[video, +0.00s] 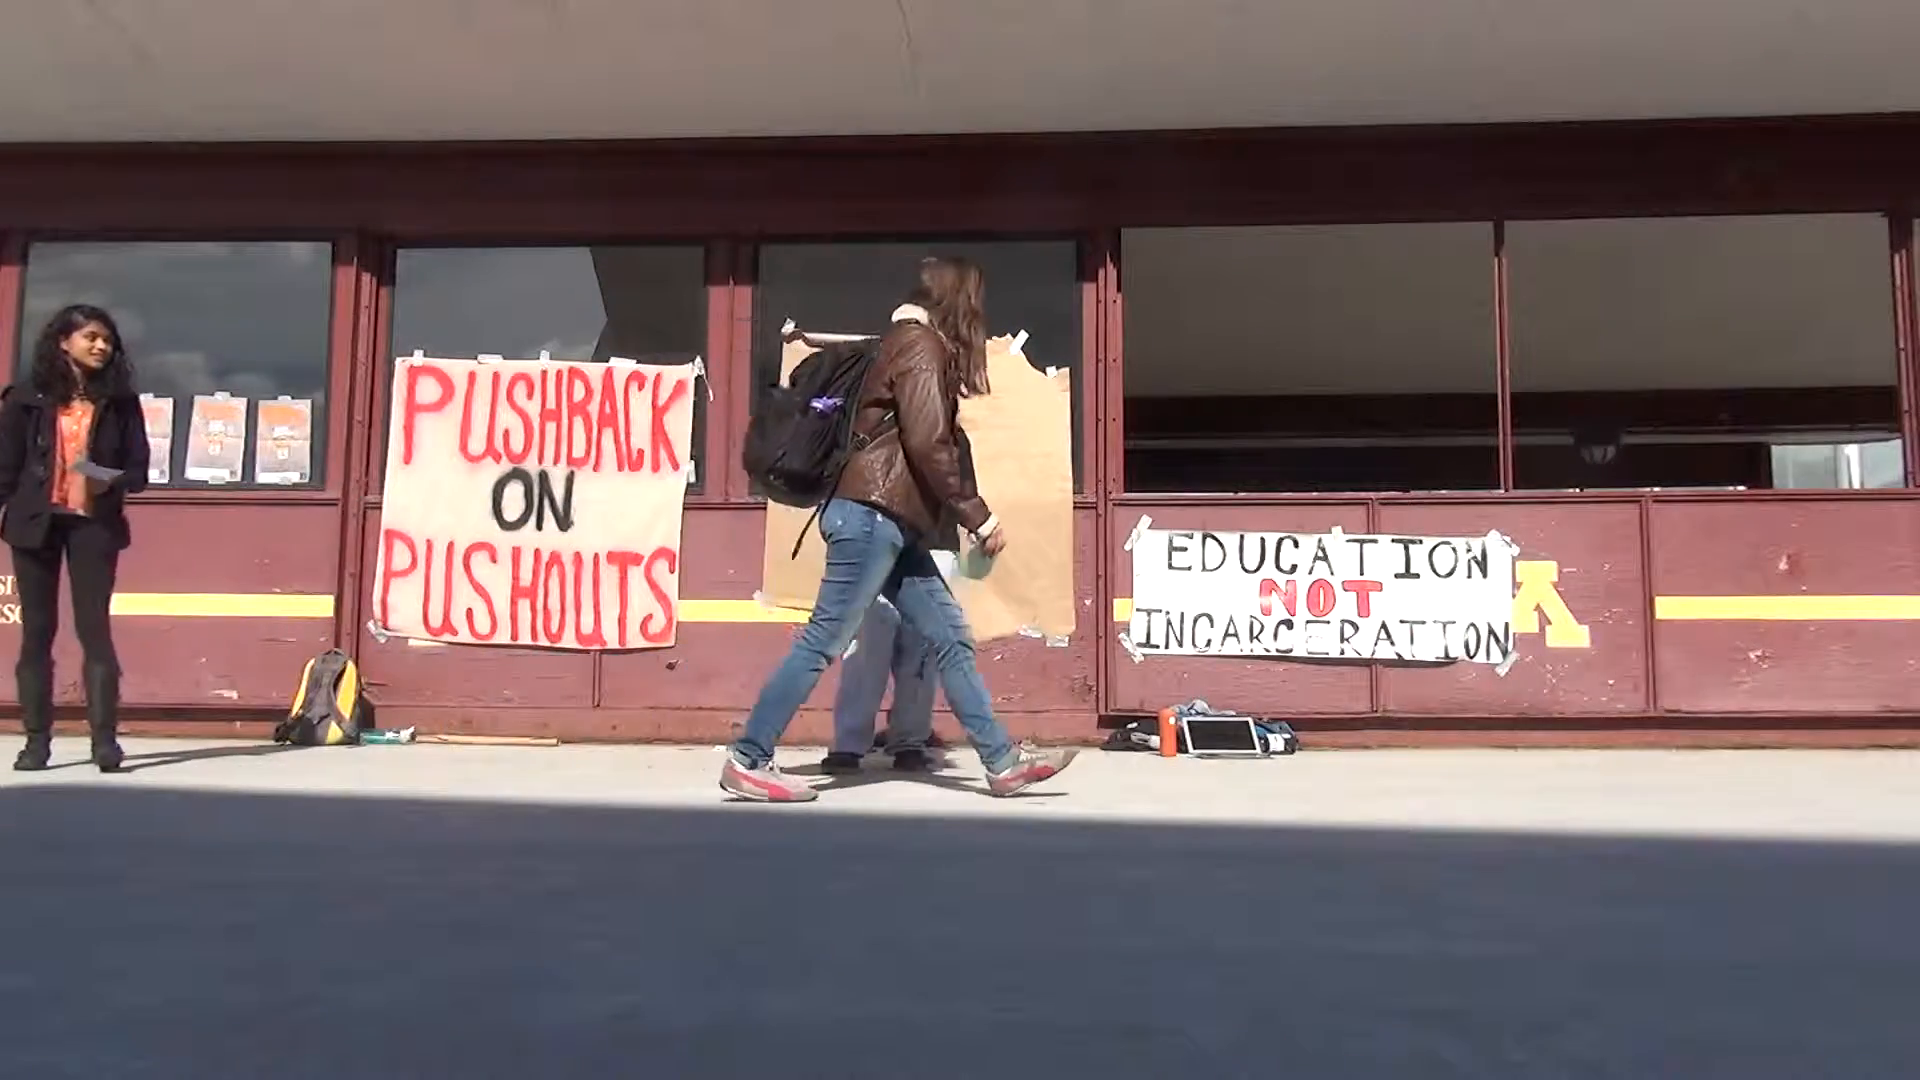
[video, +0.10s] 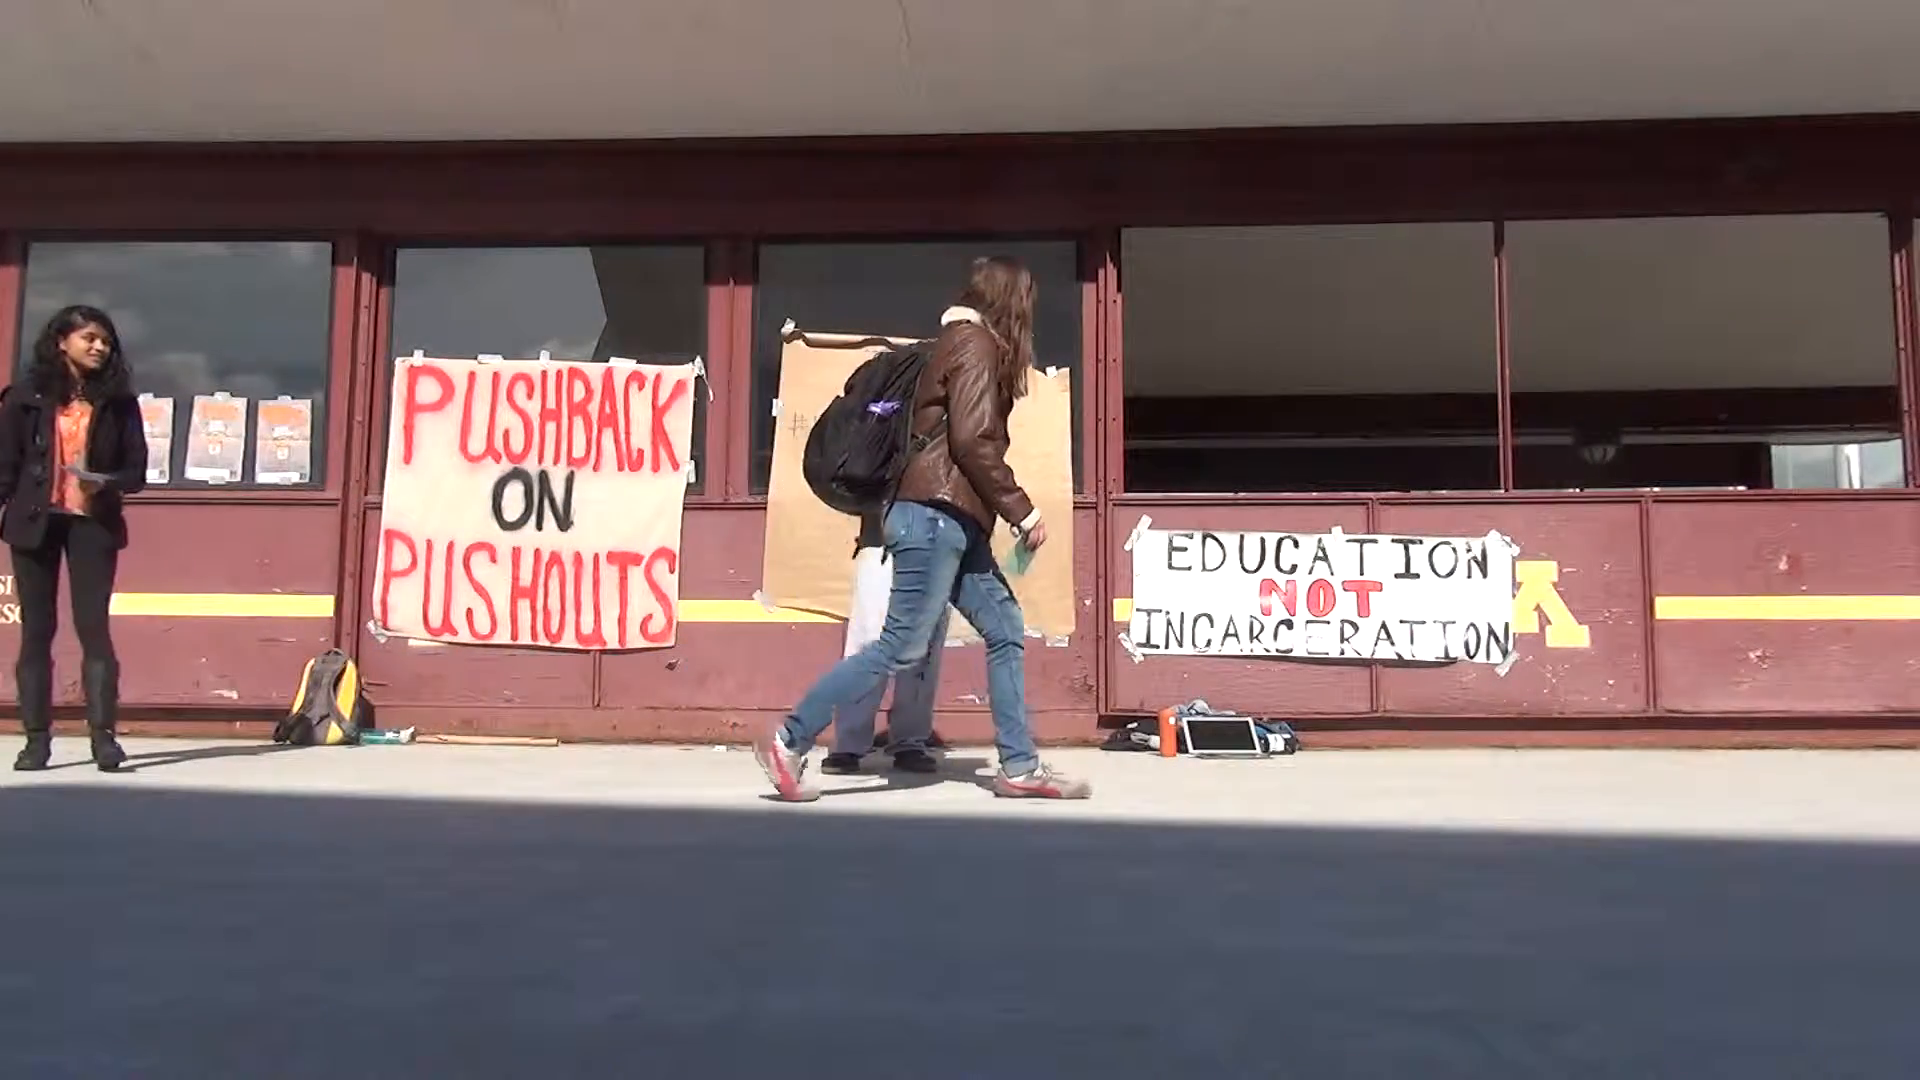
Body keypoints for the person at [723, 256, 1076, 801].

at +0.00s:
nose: (979, 312)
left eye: (978, 300)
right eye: (976, 300)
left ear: (927, 294)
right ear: (961, 300)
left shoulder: (912, 342)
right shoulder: (922, 346)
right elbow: (928, 442)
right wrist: (978, 516)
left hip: (886, 519)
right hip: (868, 512)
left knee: (949, 638)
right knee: (823, 641)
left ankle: (1003, 762)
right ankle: (746, 761)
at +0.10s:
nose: (1027, 313)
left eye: (1027, 303)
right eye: (1025, 302)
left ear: (978, 294)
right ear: (1010, 301)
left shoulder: (953, 343)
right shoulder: (976, 347)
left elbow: (942, 440)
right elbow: (975, 442)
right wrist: (1023, 511)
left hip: (946, 518)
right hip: (932, 513)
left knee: (1005, 630)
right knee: (900, 646)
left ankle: (1018, 767)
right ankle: (789, 740)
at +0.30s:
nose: (936, 375)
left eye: (938, 370)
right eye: (928, 368)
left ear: (940, 377)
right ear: (902, 374)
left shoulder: (944, 426)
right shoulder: (866, 427)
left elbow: (963, 488)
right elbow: (847, 490)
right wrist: (893, 488)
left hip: (935, 550)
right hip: (881, 548)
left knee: (922, 648)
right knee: (869, 644)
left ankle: (911, 743)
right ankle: (849, 744)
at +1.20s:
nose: (858, 378)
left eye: (865, 371)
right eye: (859, 371)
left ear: (891, 376)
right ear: (879, 377)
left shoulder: (929, 427)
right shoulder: (858, 433)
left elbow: (945, 484)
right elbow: (843, 496)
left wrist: (896, 478)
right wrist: (843, 487)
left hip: (906, 550)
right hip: (859, 549)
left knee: (898, 648)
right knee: (849, 646)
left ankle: (906, 741)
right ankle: (847, 741)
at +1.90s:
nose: (809, 378)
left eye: (816, 371)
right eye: (812, 371)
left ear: (839, 378)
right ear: (834, 377)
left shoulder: (862, 429)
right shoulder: (826, 431)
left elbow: (862, 492)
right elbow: (810, 499)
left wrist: (819, 493)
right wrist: (766, 487)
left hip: (841, 552)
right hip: (809, 552)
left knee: (840, 647)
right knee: (816, 652)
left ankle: (887, 736)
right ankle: (840, 743)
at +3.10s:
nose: (766, 360)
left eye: (774, 354)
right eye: (769, 353)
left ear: (798, 363)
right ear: (791, 363)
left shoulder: (825, 412)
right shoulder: (786, 415)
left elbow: (823, 474)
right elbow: (792, 475)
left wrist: (768, 484)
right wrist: (758, 486)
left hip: (803, 542)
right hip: (769, 542)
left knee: (801, 640)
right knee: (750, 634)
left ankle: (815, 746)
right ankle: (799, 726)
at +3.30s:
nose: (751, 363)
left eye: (759, 356)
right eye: (753, 355)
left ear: (786, 363)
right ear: (772, 362)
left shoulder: (819, 411)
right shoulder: (760, 412)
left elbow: (817, 475)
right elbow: (761, 473)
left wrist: (762, 483)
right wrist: (743, 489)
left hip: (794, 541)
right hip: (752, 540)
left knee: (795, 643)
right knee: (735, 641)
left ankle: (812, 746)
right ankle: (718, 743)